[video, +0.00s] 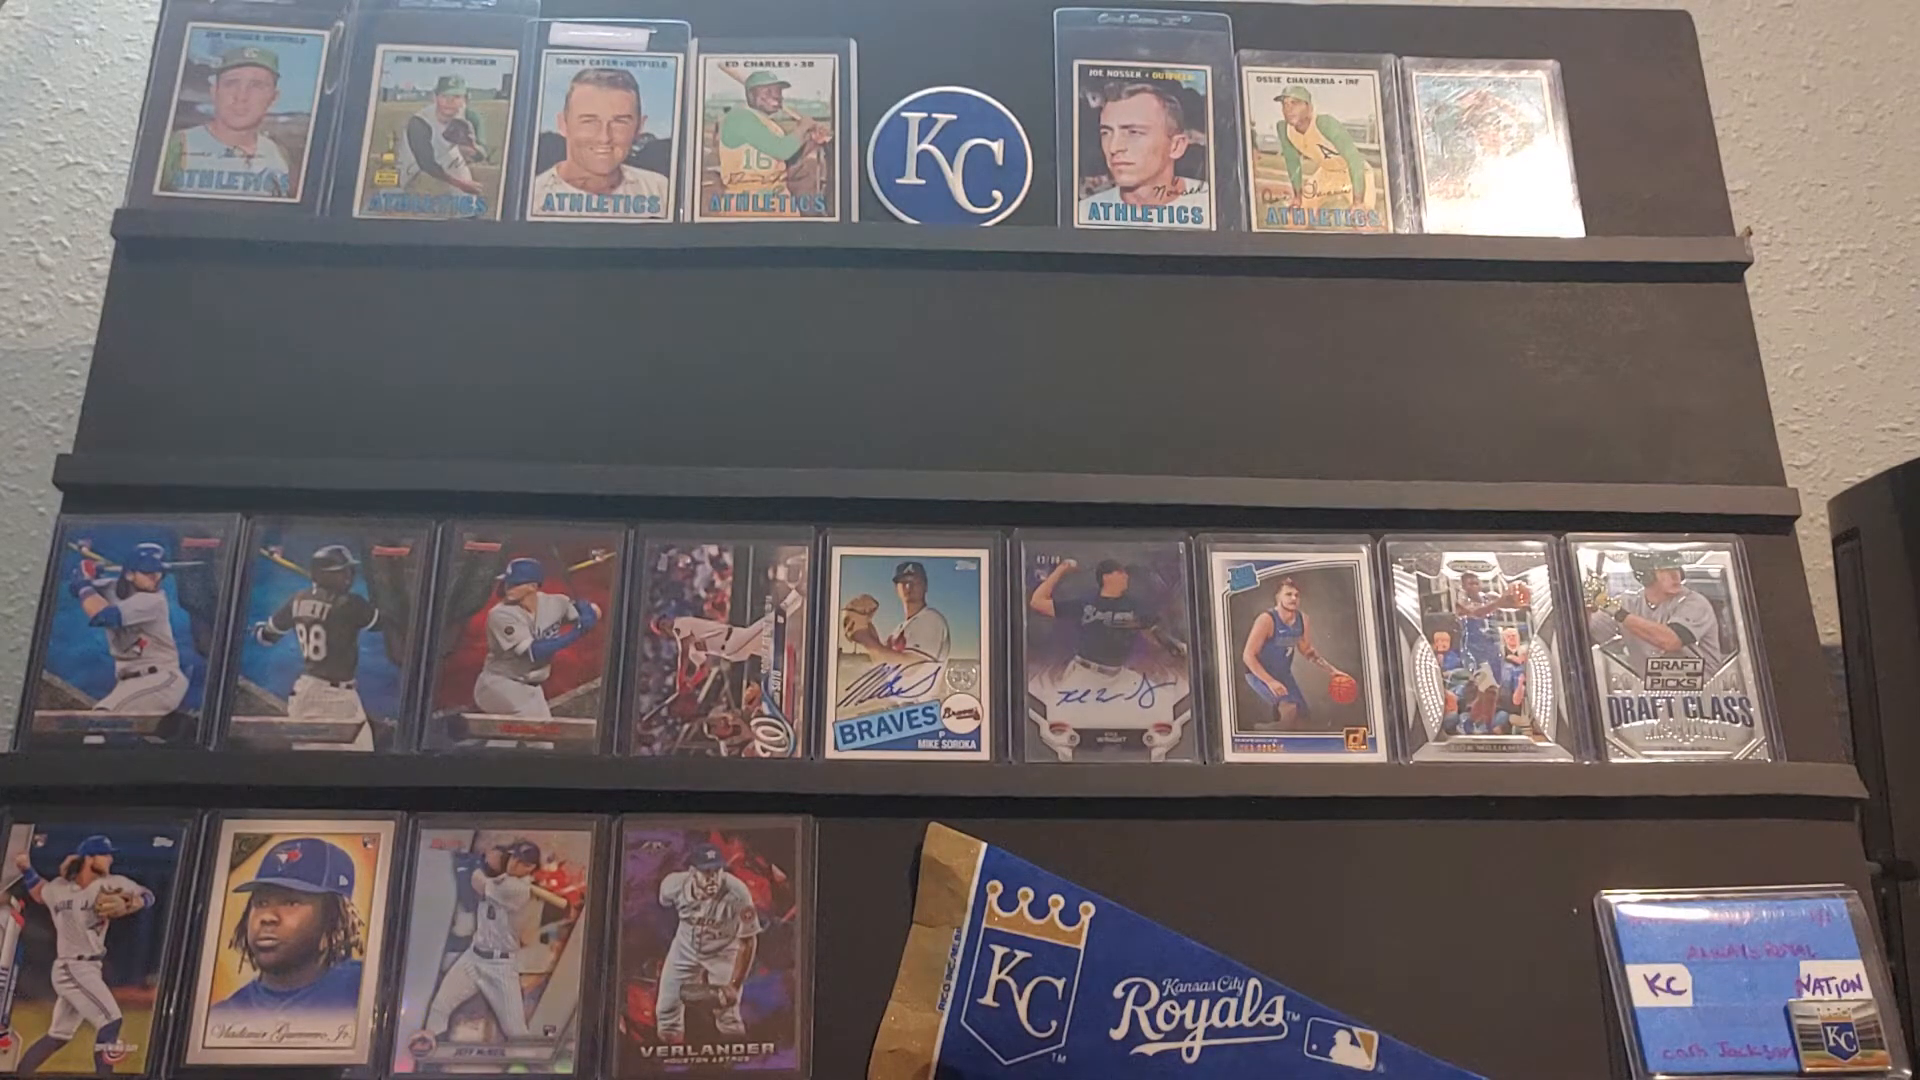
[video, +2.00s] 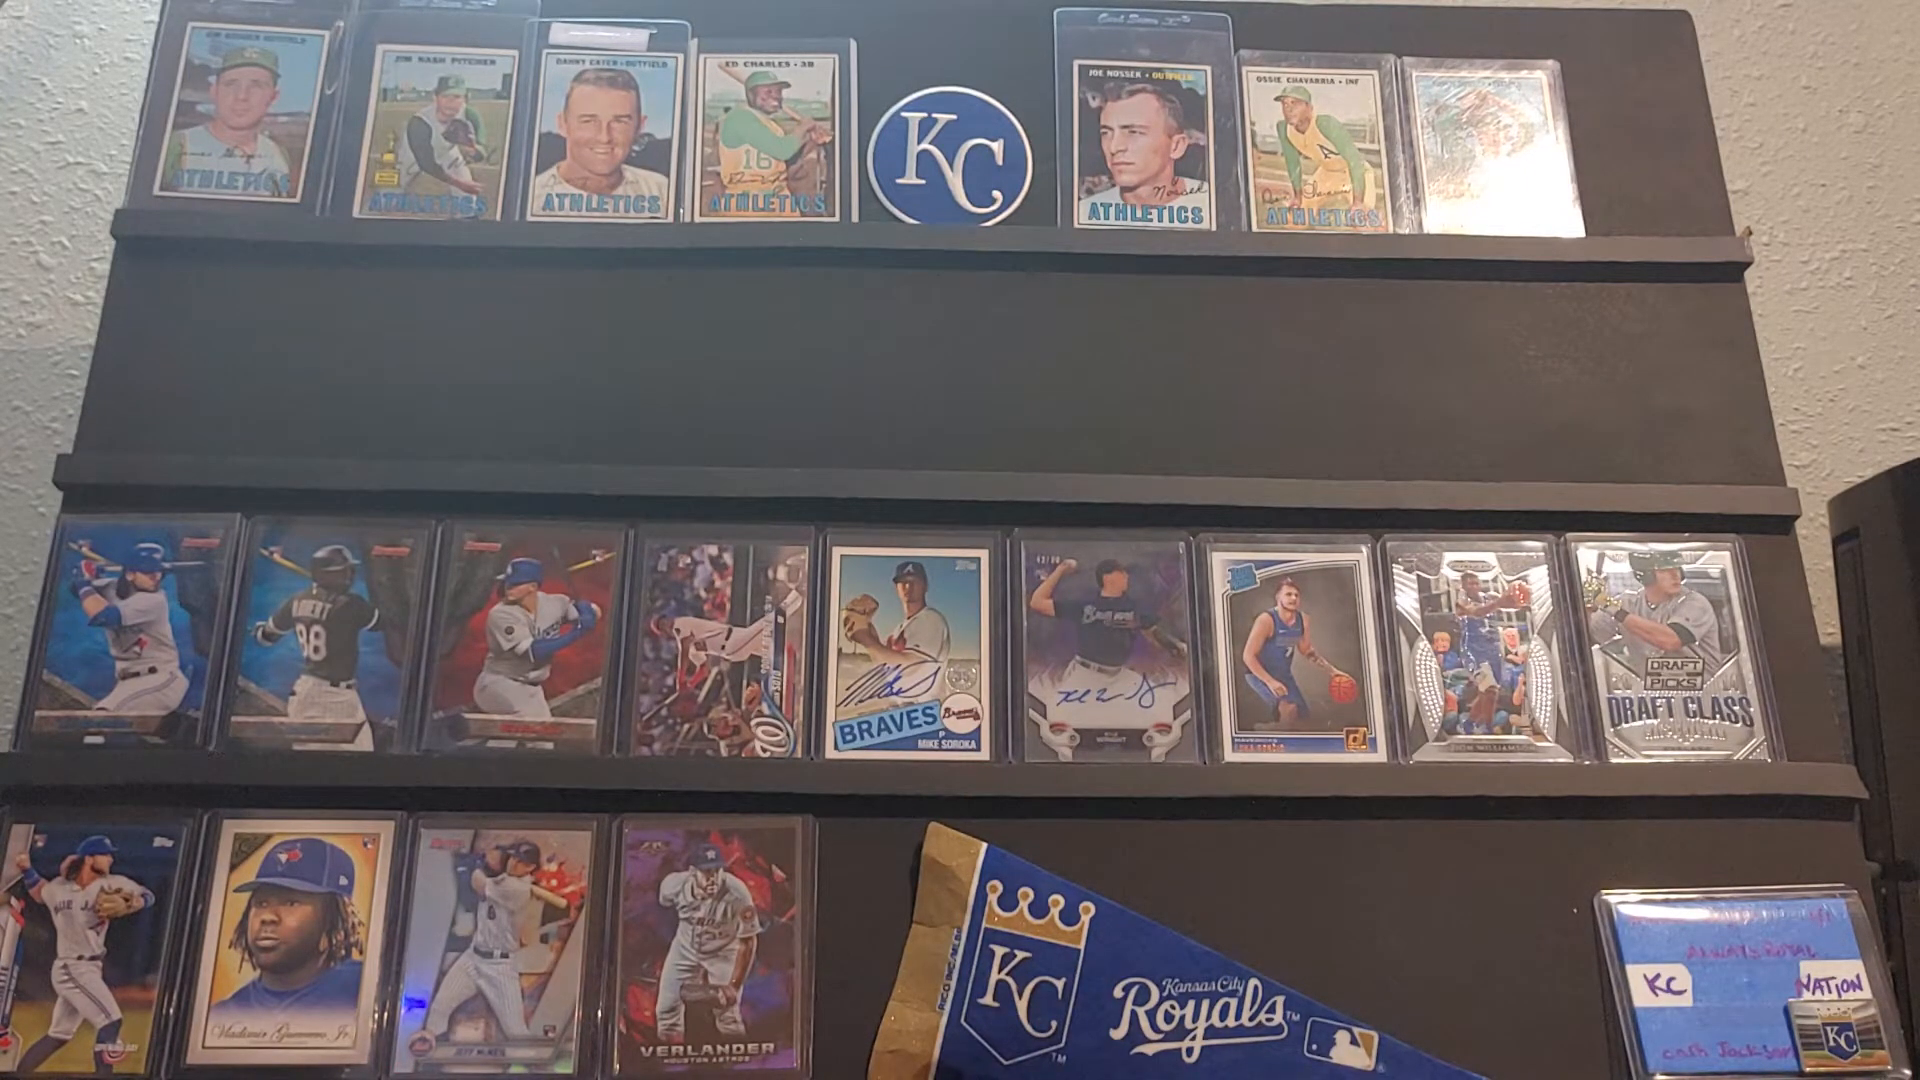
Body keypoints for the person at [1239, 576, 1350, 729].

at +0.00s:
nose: (1294, 599)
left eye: (1296, 595)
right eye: (1288, 595)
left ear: (1299, 598)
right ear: (1278, 598)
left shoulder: (1302, 619)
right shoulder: (1266, 620)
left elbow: (1307, 650)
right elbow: (1248, 656)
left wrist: (1333, 671)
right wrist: (1270, 681)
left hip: (1283, 673)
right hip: (1260, 673)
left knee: (1302, 713)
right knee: (1289, 707)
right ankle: (1282, 750)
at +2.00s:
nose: (1293, 599)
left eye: (1296, 595)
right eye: (1288, 595)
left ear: (1299, 599)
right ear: (1278, 598)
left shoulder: (1302, 619)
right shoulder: (1265, 620)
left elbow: (1307, 650)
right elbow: (1248, 656)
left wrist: (1332, 671)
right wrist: (1270, 682)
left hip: (1284, 674)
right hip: (1259, 673)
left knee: (1303, 715)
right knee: (1288, 707)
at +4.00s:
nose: (1293, 599)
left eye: (1296, 595)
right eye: (1288, 594)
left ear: (1300, 598)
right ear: (1278, 598)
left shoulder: (1303, 619)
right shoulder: (1266, 620)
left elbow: (1306, 650)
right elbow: (1248, 656)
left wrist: (1333, 671)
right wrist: (1271, 682)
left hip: (1284, 674)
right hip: (1260, 673)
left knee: (1302, 713)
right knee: (1289, 706)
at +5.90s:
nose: (1293, 599)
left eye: (1296, 595)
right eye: (1288, 595)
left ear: (1299, 598)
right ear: (1278, 597)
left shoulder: (1303, 619)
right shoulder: (1266, 620)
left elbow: (1306, 650)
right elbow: (1248, 656)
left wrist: (1333, 671)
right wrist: (1270, 681)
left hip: (1284, 673)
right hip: (1260, 673)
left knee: (1302, 714)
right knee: (1289, 706)